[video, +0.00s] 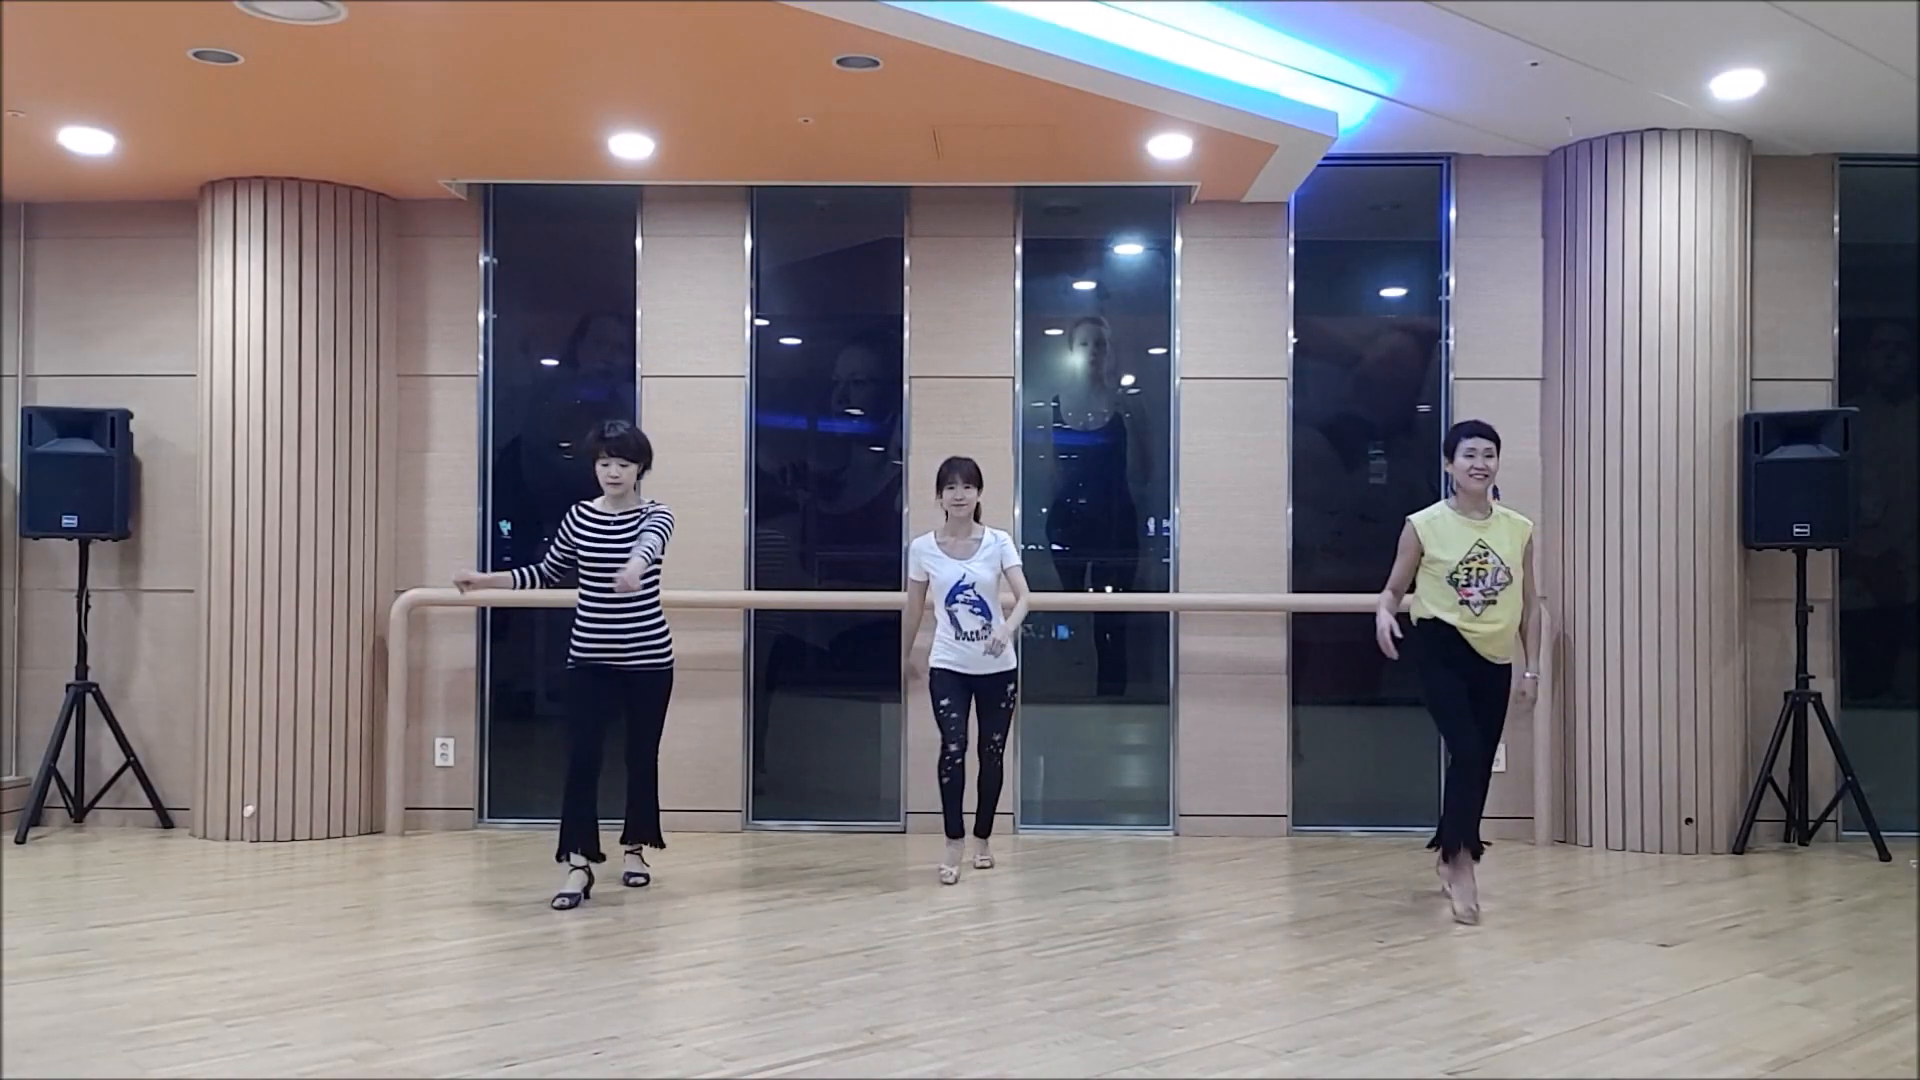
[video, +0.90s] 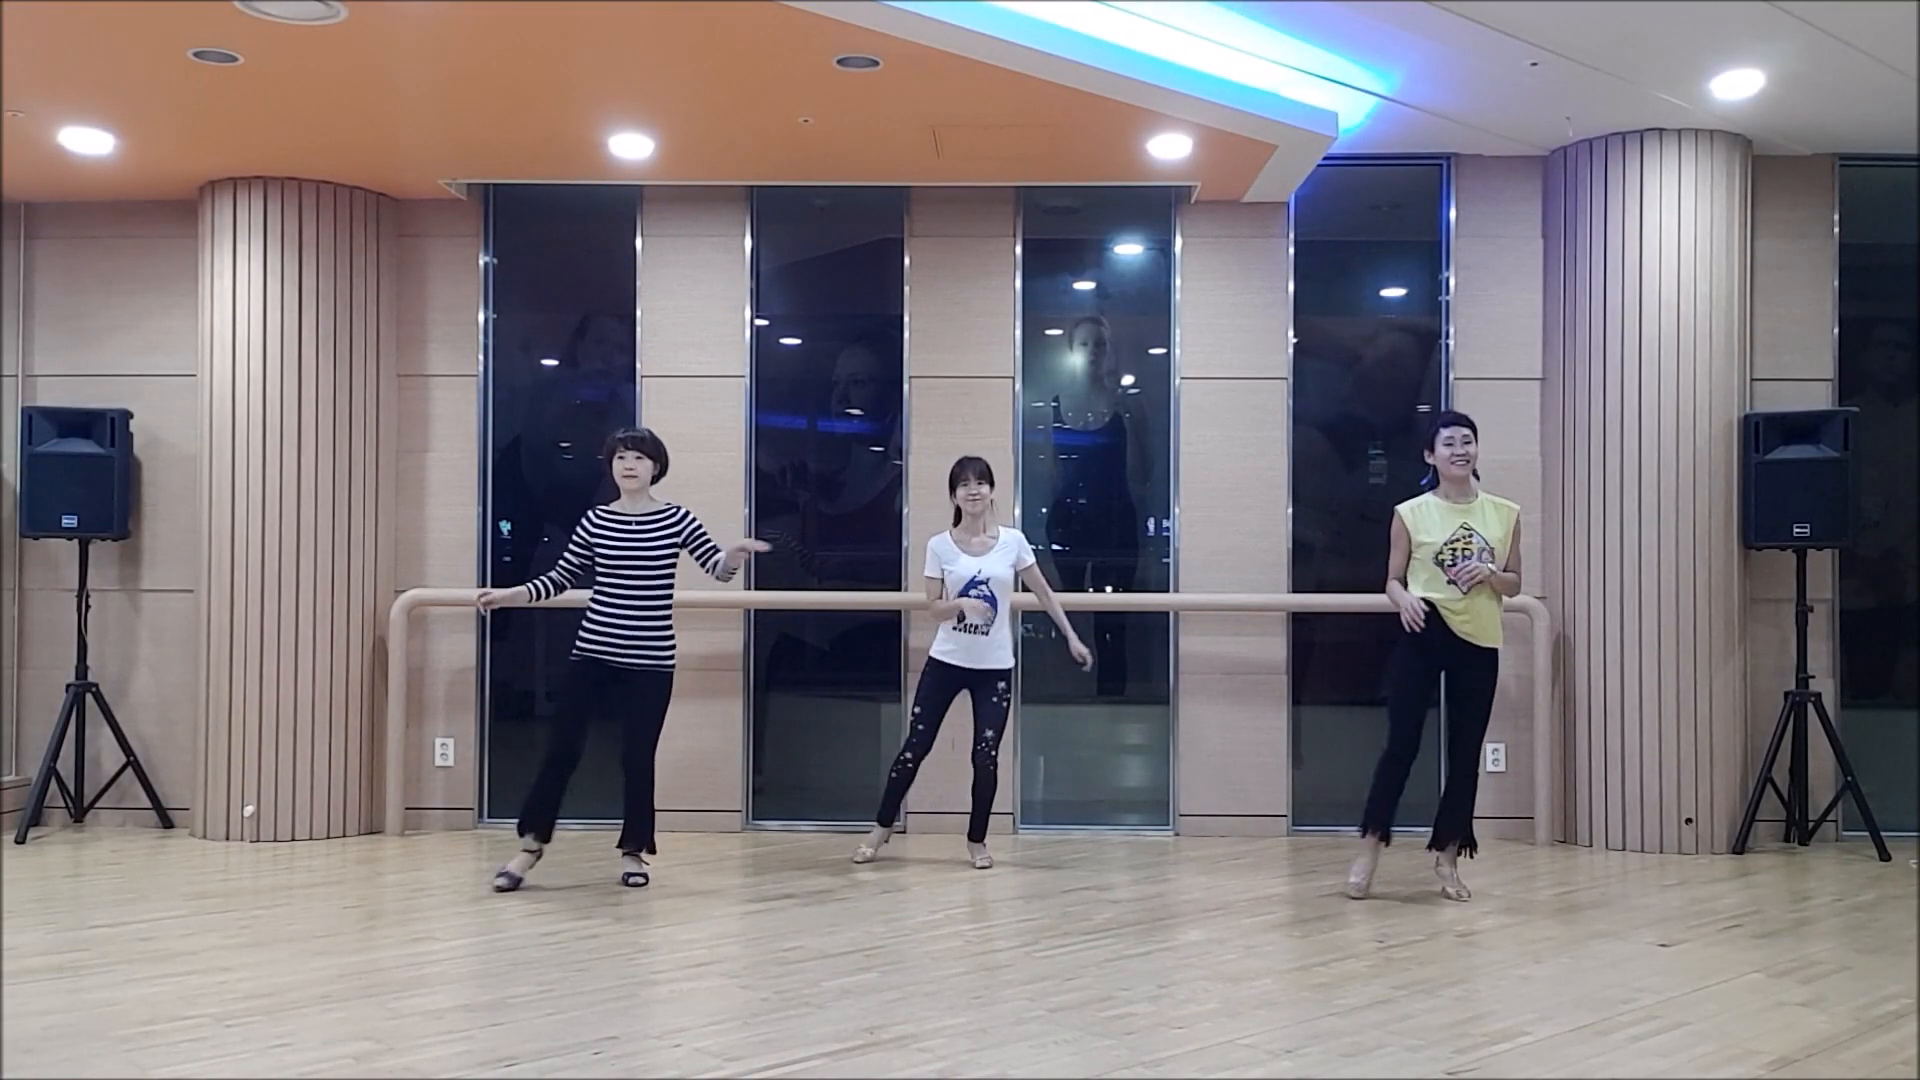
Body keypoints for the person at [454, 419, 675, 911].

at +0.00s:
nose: (613, 470)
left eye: (623, 463)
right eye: (605, 462)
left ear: (640, 468)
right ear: (595, 466)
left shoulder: (656, 515)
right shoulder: (580, 516)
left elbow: (648, 545)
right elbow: (547, 570)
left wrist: (632, 567)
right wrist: (489, 579)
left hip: (647, 657)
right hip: (589, 656)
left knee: (642, 756)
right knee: (583, 756)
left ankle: (635, 850)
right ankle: (577, 866)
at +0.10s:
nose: (615, 470)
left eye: (625, 462)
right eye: (607, 462)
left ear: (643, 467)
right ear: (597, 466)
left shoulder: (660, 519)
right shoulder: (582, 516)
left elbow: (660, 568)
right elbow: (554, 575)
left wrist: (659, 607)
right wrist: (505, 602)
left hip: (651, 655)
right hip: (596, 654)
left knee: (643, 753)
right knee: (598, 750)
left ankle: (635, 852)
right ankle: (581, 854)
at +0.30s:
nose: (617, 471)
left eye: (627, 463)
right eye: (609, 463)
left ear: (643, 469)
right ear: (599, 468)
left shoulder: (660, 521)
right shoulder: (582, 517)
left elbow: (670, 588)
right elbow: (571, 583)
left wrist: (679, 653)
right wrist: (558, 642)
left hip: (653, 653)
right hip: (601, 654)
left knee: (645, 750)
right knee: (629, 747)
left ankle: (633, 849)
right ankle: (610, 848)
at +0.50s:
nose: (620, 470)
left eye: (631, 462)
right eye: (613, 462)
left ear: (648, 469)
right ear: (604, 468)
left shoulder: (666, 522)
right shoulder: (589, 520)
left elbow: (682, 587)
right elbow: (577, 586)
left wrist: (689, 650)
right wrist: (564, 642)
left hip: (657, 655)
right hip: (602, 655)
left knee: (648, 755)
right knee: (612, 746)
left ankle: (635, 850)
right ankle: (602, 842)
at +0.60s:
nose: (624, 468)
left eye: (634, 460)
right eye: (617, 461)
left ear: (652, 467)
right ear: (606, 468)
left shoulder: (675, 520)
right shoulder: (594, 522)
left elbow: (710, 572)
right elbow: (574, 587)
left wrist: (744, 619)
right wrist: (537, 633)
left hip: (652, 657)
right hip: (595, 653)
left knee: (642, 756)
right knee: (580, 744)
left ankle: (634, 851)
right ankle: (562, 837)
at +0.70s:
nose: (626, 468)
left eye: (636, 461)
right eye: (619, 461)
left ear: (654, 468)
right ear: (608, 469)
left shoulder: (680, 519)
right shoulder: (597, 525)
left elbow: (731, 556)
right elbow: (569, 585)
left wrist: (777, 571)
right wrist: (519, 608)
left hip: (646, 658)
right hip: (590, 652)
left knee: (630, 758)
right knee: (559, 745)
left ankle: (633, 855)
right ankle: (520, 850)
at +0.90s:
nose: (630, 464)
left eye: (639, 457)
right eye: (623, 457)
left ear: (656, 467)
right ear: (611, 465)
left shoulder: (677, 519)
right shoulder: (596, 520)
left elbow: (720, 569)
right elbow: (560, 578)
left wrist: (736, 553)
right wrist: (508, 594)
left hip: (651, 658)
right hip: (593, 652)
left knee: (638, 757)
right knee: (564, 747)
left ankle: (633, 854)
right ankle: (530, 847)